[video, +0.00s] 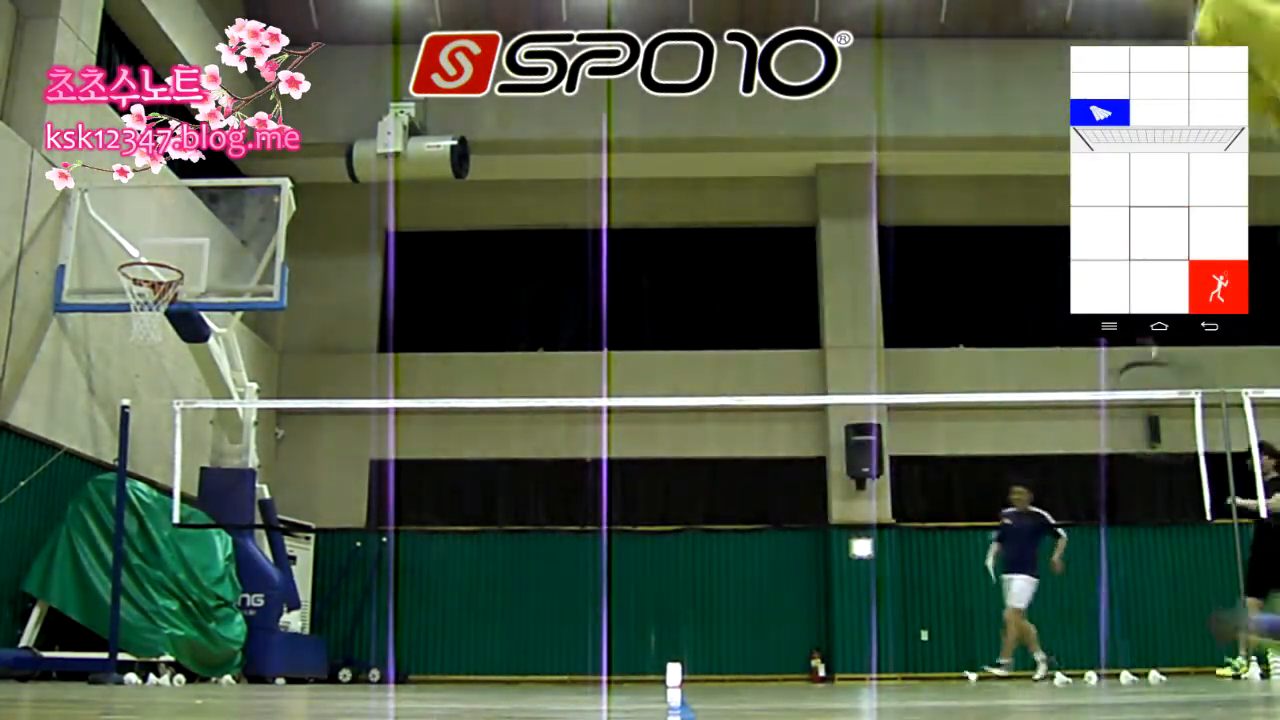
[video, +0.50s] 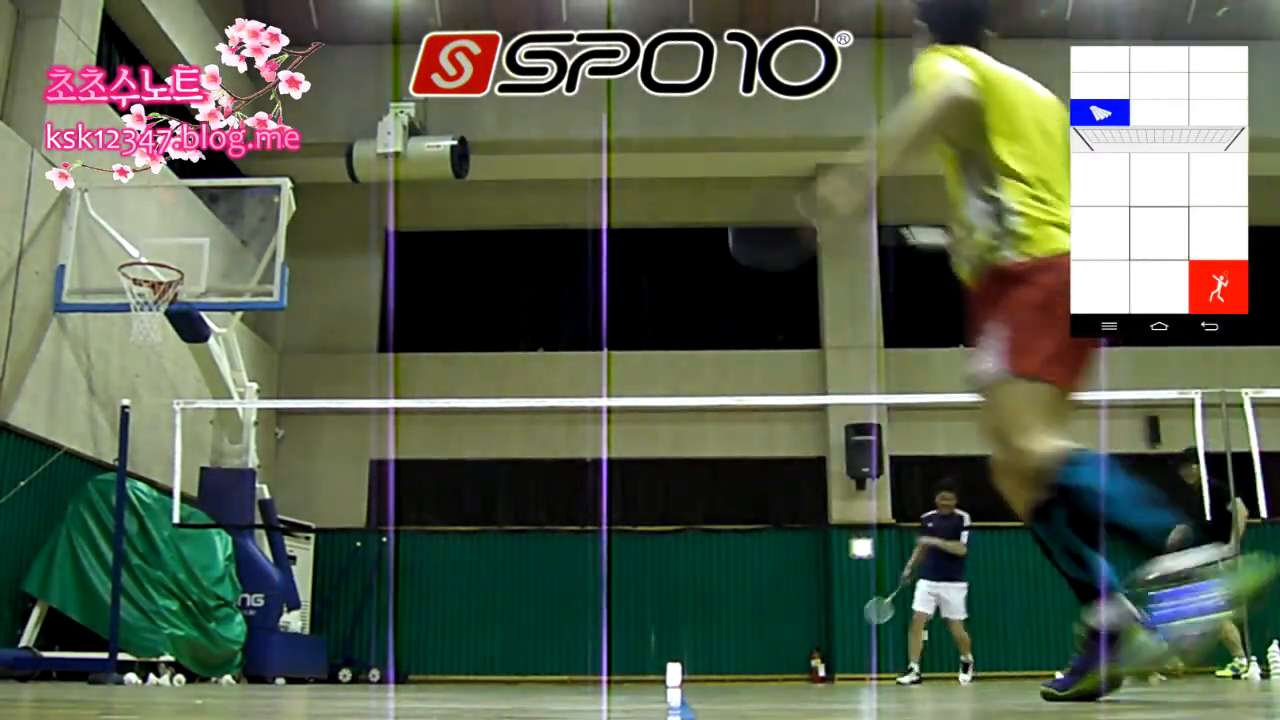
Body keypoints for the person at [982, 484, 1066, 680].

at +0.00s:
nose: (1016, 498)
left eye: (1020, 494)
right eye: (1014, 494)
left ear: (1029, 497)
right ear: (1010, 497)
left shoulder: (1039, 516)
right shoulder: (1006, 516)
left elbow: (1062, 536)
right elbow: (998, 540)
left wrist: (1056, 557)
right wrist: (991, 558)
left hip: (1027, 573)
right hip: (1007, 572)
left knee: (1011, 615)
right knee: (1018, 619)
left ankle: (1005, 662)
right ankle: (1040, 658)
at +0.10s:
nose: (998, 502)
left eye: (1003, 498)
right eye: (996, 498)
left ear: (1011, 501)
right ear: (993, 500)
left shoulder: (1021, 520)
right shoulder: (988, 521)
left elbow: (1044, 536)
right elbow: (981, 544)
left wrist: (1040, 554)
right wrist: (974, 560)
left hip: (1006, 578)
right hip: (987, 577)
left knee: (990, 621)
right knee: (989, 622)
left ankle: (979, 667)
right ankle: (1018, 653)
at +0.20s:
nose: (982, 503)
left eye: (986, 499)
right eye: (979, 499)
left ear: (994, 502)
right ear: (975, 501)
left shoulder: (1002, 522)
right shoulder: (969, 523)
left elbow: (1019, 549)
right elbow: (963, 552)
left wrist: (1007, 561)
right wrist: (955, 574)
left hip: (992, 581)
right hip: (970, 580)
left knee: (977, 622)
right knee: (961, 623)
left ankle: (980, 666)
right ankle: (984, 651)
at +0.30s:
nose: (968, 499)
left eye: (971, 495)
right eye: (965, 495)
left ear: (979, 497)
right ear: (960, 497)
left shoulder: (988, 516)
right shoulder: (954, 516)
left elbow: (990, 547)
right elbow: (949, 547)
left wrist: (963, 546)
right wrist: (940, 569)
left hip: (979, 578)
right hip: (956, 577)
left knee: (974, 622)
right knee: (945, 617)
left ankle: (977, 667)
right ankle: (947, 663)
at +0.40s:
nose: (956, 497)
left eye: (960, 493)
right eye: (953, 493)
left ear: (967, 495)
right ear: (947, 495)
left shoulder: (974, 512)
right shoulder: (940, 514)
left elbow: (970, 541)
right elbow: (935, 543)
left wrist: (943, 533)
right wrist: (926, 565)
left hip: (967, 576)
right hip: (943, 576)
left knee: (968, 621)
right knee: (933, 618)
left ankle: (974, 666)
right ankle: (921, 662)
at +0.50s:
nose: (945, 504)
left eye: (949, 500)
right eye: (941, 500)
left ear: (955, 501)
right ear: (935, 500)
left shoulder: (963, 519)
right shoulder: (927, 519)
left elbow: (961, 548)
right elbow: (922, 545)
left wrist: (933, 542)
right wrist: (909, 567)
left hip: (953, 583)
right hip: (928, 580)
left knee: (955, 627)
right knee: (917, 620)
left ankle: (967, 660)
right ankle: (913, 667)